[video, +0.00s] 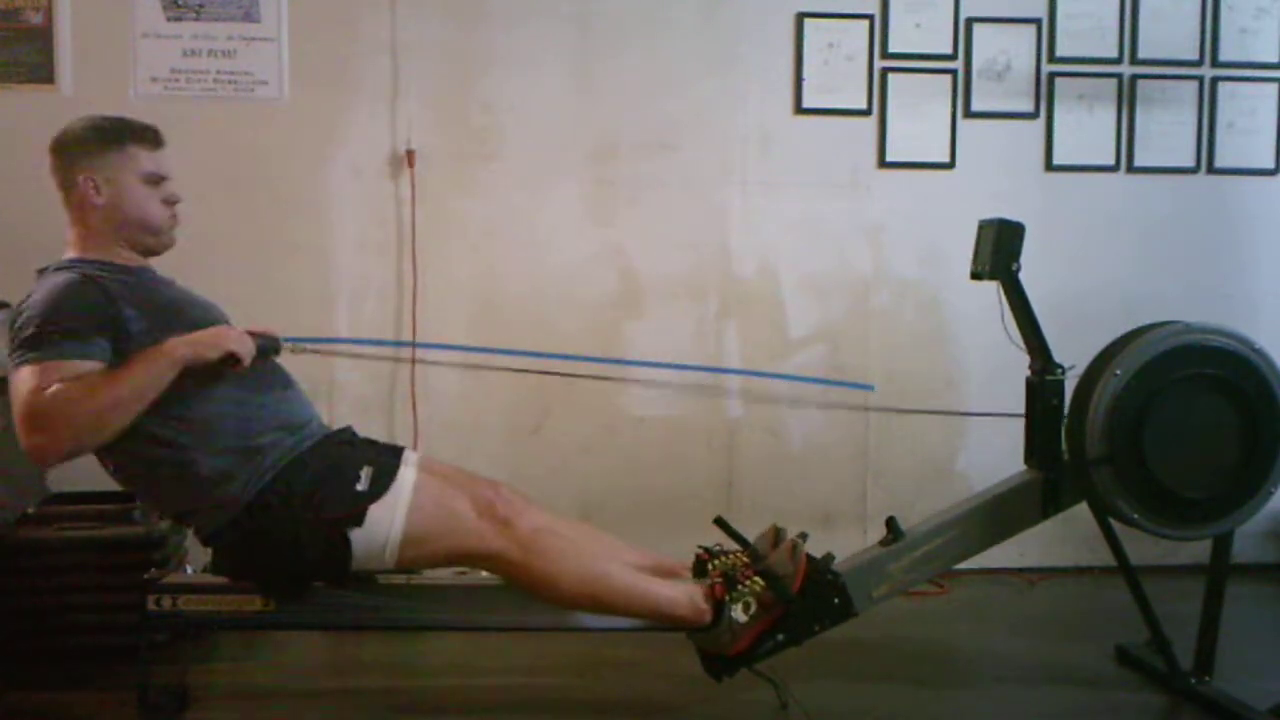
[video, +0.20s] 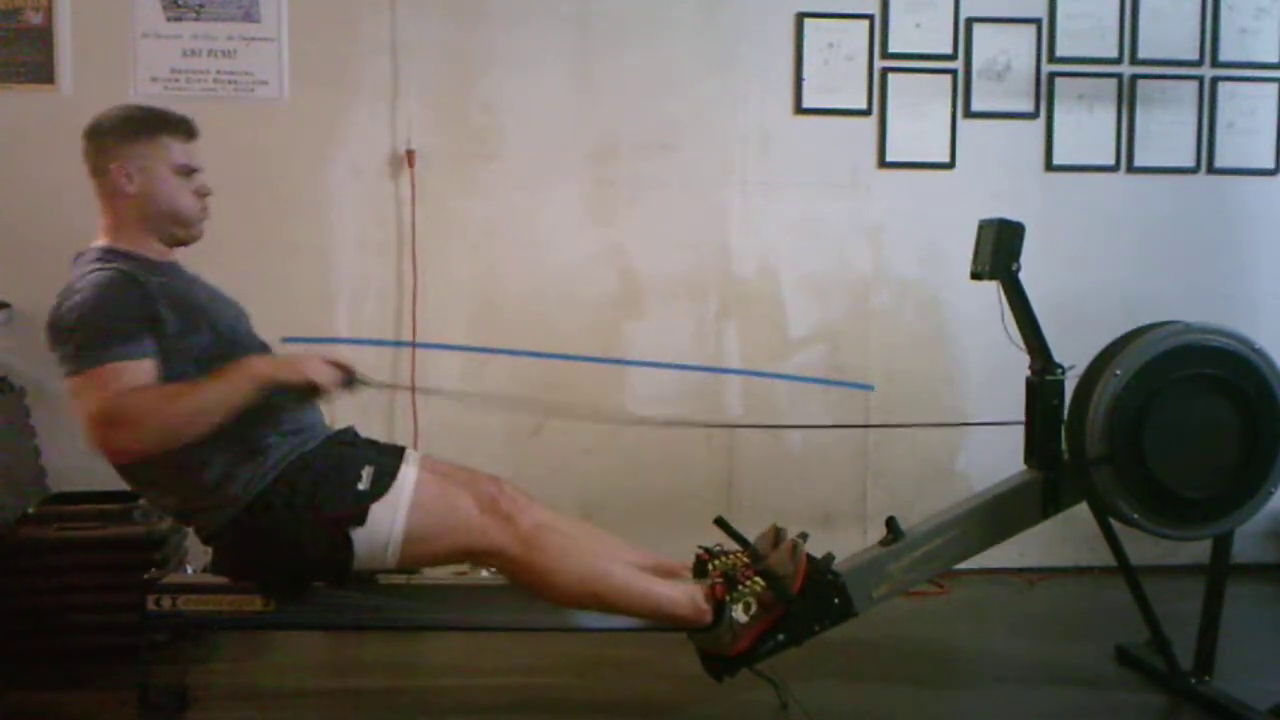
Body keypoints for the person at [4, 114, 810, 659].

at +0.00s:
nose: (172, 199)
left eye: (169, 183)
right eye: (153, 184)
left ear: (116, 197)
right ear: (90, 197)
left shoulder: (139, 287)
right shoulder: (74, 291)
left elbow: (161, 399)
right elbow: (45, 426)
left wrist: (233, 352)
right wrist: (179, 353)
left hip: (305, 468)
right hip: (272, 500)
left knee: (502, 507)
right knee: (493, 522)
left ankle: (706, 594)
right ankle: (710, 614)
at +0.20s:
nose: (203, 191)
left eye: (200, 175)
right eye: (185, 174)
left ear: (144, 183)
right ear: (122, 181)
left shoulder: (162, 281)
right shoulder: (106, 290)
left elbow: (175, 408)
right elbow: (119, 430)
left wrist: (288, 378)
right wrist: (267, 371)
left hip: (303, 470)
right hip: (275, 501)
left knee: (503, 501)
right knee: (496, 520)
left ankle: (710, 592)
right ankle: (710, 613)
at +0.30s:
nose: (233, 182)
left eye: (232, 166)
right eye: (214, 166)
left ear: (175, 177)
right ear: (148, 174)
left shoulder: (185, 277)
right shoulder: (134, 284)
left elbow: (223, 402)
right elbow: (182, 418)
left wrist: (341, 395)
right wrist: (329, 386)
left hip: (293, 478)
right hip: (270, 506)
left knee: (501, 494)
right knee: (495, 511)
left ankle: (708, 587)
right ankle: (714, 616)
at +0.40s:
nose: (267, 178)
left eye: (265, 161)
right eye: (249, 161)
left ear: (207, 168)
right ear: (186, 165)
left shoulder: (226, 272)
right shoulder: (165, 278)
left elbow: (293, 380)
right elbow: (251, 405)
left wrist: (403, 392)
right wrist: (406, 395)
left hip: (306, 472)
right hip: (272, 512)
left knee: (502, 483)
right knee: (499, 506)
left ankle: (700, 584)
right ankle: (705, 614)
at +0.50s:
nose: (306, 172)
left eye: (303, 156)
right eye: (288, 156)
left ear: (242, 165)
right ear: (228, 163)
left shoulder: (263, 263)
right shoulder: (205, 272)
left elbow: (355, 360)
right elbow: (317, 384)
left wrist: (469, 395)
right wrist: (468, 400)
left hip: (319, 475)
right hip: (286, 515)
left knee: (512, 474)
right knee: (511, 488)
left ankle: (697, 584)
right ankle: (708, 616)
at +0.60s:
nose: (348, 174)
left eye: (346, 157)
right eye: (332, 156)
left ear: (280, 163)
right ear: (275, 159)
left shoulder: (296, 261)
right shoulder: (249, 264)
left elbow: (398, 356)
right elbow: (388, 364)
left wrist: (515, 402)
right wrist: (525, 403)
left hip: (325, 480)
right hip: (294, 504)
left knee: (531, 462)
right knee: (528, 472)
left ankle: (704, 597)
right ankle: (708, 615)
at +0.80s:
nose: (447, 177)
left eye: (444, 161)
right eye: (432, 159)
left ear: (377, 164)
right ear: (375, 161)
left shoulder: (339, 250)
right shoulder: (355, 261)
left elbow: (487, 348)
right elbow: (493, 350)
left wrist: (622, 398)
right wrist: (630, 398)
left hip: (355, 491)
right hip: (359, 514)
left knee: (552, 423)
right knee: (568, 441)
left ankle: (694, 584)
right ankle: (710, 610)